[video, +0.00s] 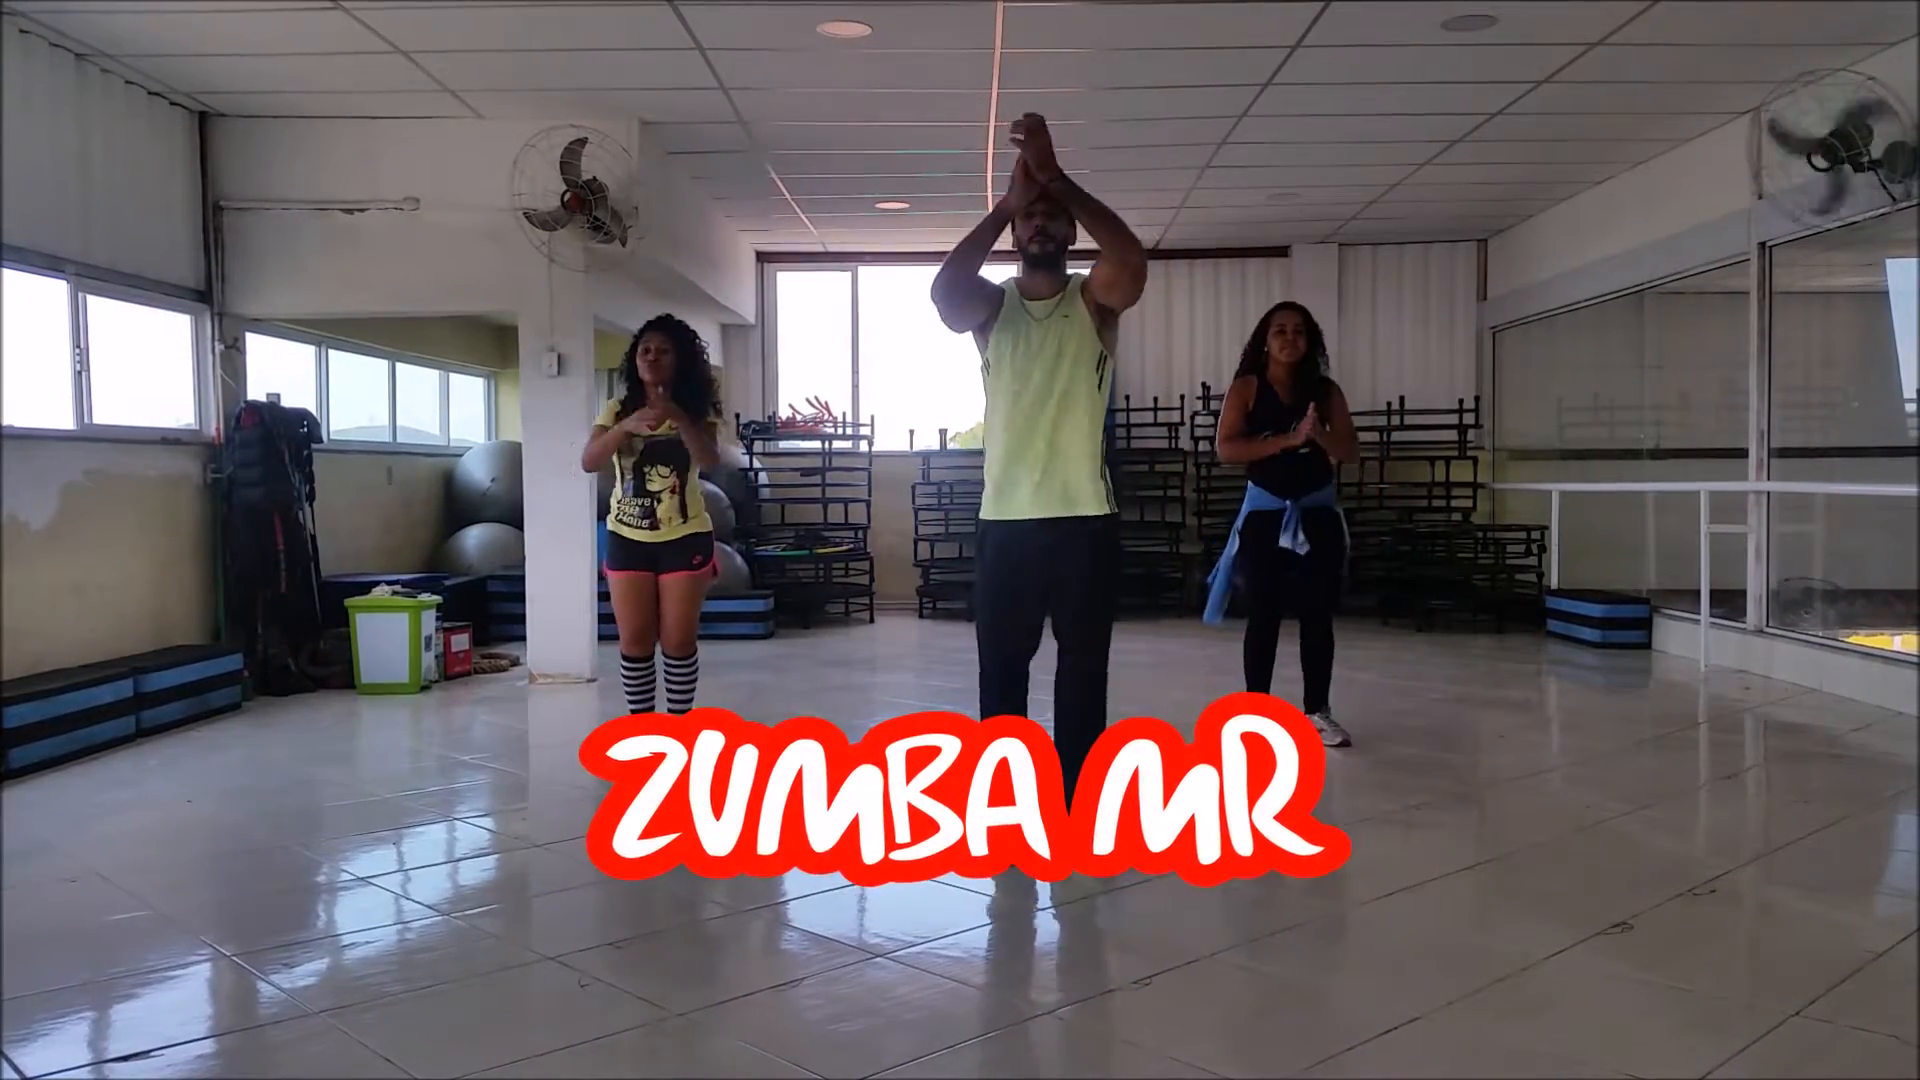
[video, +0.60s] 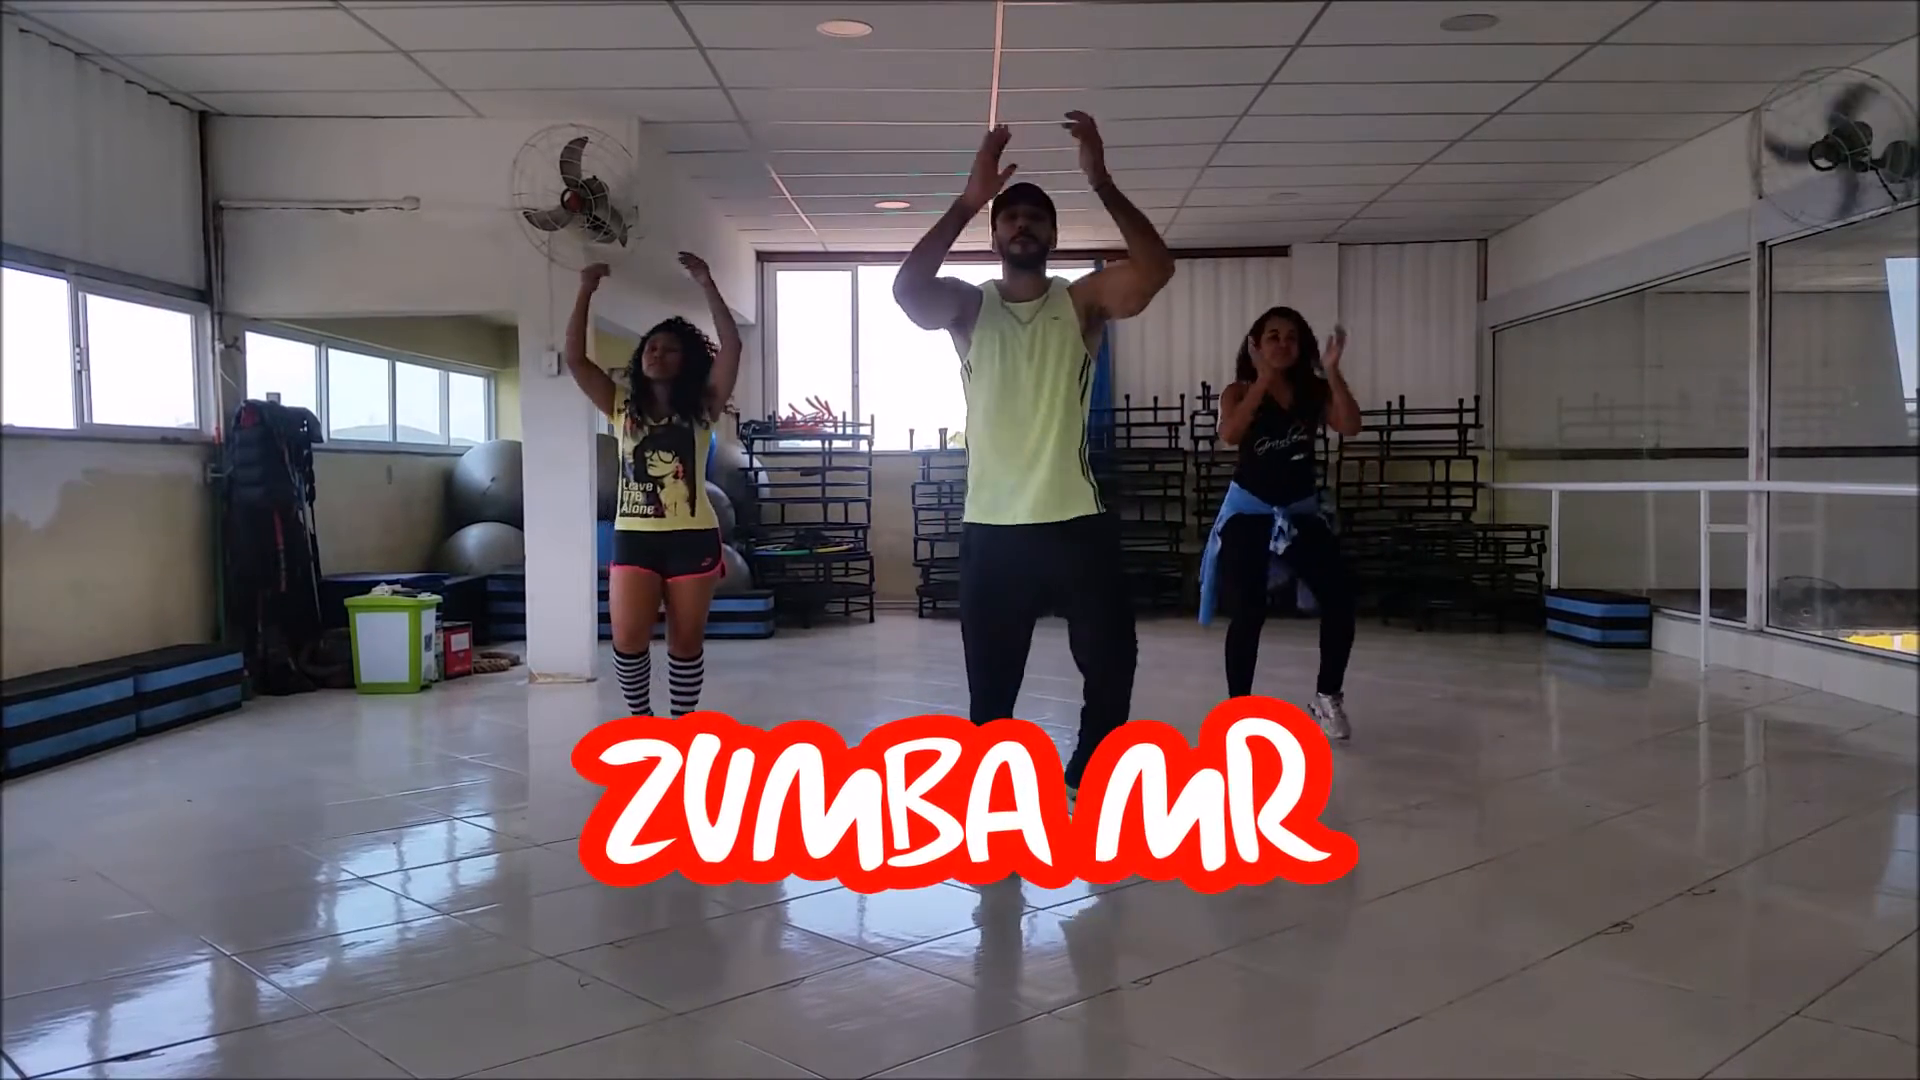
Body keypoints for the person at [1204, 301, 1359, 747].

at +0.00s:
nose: (1290, 339)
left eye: (1299, 332)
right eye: (1281, 331)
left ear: (1311, 341)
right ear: (1265, 339)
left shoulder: (1327, 392)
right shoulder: (1245, 386)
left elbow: (1348, 451)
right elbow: (1226, 450)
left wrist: (1318, 435)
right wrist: (1287, 440)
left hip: (1319, 517)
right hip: (1264, 516)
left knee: (1318, 616)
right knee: (1264, 616)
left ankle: (1317, 712)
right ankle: (1256, 713)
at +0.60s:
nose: (1283, 344)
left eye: (1291, 338)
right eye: (1273, 337)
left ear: (1302, 347)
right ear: (1255, 346)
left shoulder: (1315, 390)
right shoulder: (1239, 391)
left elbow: (1349, 426)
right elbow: (1229, 434)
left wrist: (1333, 372)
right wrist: (1261, 384)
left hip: (1302, 514)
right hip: (1249, 514)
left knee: (1340, 599)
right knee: (1247, 611)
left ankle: (1328, 696)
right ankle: (1240, 709)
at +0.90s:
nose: (1285, 344)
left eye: (1293, 340)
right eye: (1278, 336)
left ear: (1303, 345)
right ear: (1261, 338)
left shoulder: (1312, 383)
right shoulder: (1240, 381)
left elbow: (1358, 388)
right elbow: (1238, 392)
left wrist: (1325, 342)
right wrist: (1299, 357)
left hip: (1316, 512)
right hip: (1262, 513)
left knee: (1327, 612)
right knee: (1256, 615)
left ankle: (1329, 710)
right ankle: (1240, 713)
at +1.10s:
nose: (1300, 344)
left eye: (1309, 336)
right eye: (1291, 336)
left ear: (1322, 342)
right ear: (1278, 343)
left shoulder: (1337, 387)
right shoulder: (1264, 389)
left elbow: (1371, 363)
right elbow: (1233, 381)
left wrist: (1345, 311)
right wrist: (1263, 331)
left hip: (1327, 517)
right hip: (1271, 516)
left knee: (1328, 614)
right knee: (1258, 609)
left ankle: (1328, 711)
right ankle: (1241, 703)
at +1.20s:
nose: (1301, 341)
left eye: (1310, 334)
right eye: (1292, 334)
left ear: (1323, 339)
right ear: (1279, 339)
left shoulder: (1339, 385)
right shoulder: (1268, 386)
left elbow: (1363, 351)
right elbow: (1237, 371)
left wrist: (1338, 301)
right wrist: (1267, 322)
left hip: (1325, 513)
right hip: (1270, 512)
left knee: (1326, 616)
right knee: (1255, 612)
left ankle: (1327, 711)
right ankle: (1247, 704)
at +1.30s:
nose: (1298, 341)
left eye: (1306, 333)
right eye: (1288, 335)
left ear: (1319, 338)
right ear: (1277, 344)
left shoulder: (1338, 384)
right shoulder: (1266, 387)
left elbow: (1356, 340)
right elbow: (1239, 359)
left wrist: (1311, 299)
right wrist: (1279, 315)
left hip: (1322, 514)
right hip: (1268, 512)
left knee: (1321, 616)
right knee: (1259, 614)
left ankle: (1327, 711)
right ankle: (1250, 711)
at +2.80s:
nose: (1292, 343)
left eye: (1300, 337)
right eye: (1283, 336)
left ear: (1312, 346)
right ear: (1267, 345)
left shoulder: (1319, 387)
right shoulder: (1252, 389)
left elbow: (1362, 358)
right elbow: (1244, 347)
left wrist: (1323, 314)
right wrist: (1292, 318)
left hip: (1316, 516)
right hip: (1262, 516)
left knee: (1322, 616)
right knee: (1257, 615)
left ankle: (1330, 711)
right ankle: (1245, 711)